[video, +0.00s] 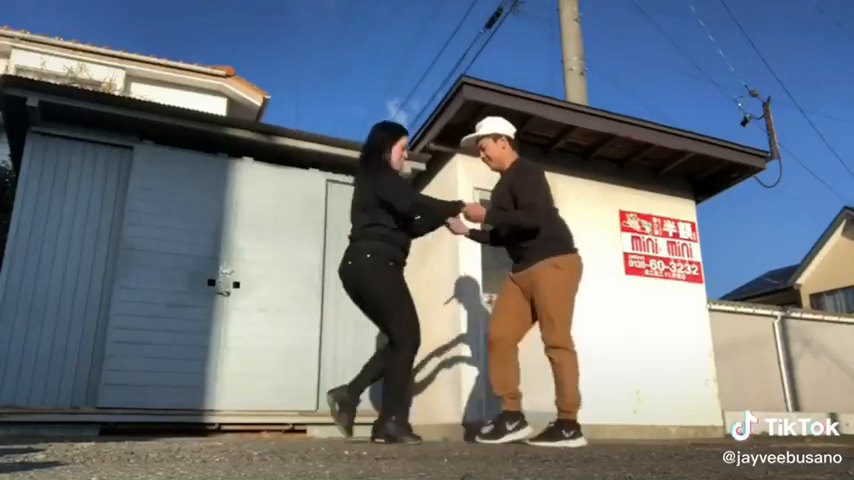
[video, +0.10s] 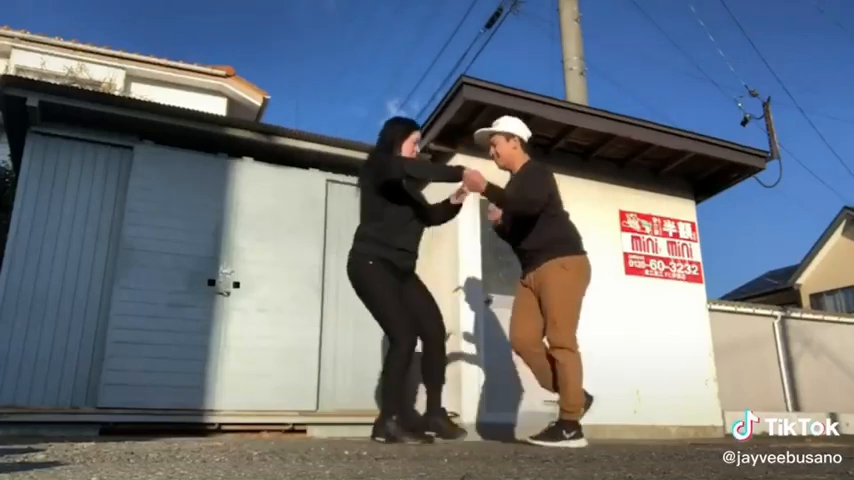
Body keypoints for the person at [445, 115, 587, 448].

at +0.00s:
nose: (482, 156)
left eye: (484, 148)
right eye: (479, 151)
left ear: (503, 141)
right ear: (495, 148)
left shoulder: (526, 171)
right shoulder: (502, 188)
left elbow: (534, 218)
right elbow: (505, 236)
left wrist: (487, 215)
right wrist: (468, 232)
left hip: (554, 265)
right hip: (523, 273)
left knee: (557, 342)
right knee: (500, 337)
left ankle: (568, 423)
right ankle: (512, 416)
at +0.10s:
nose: (491, 152)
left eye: (495, 144)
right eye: (490, 146)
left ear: (515, 141)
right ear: (507, 146)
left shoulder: (535, 172)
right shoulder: (516, 186)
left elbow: (524, 204)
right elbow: (518, 236)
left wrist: (485, 187)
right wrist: (500, 222)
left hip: (561, 265)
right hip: (532, 275)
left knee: (561, 343)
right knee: (523, 341)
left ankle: (570, 423)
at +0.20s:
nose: (503, 144)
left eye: (507, 137)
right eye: (501, 140)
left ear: (526, 137)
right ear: (516, 142)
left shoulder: (543, 168)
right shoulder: (518, 188)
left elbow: (518, 171)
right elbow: (525, 236)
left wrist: (484, 142)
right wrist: (509, 228)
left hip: (567, 265)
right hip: (549, 270)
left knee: (560, 343)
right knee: (551, 347)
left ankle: (569, 425)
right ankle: (617, 399)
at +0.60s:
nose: (513, 138)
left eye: (519, 133)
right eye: (514, 134)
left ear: (537, 139)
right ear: (529, 140)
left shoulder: (543, 159)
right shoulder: (523, 191)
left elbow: (506, 153)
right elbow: (518, 243)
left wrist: (472, 140)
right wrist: (480, 248)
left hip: (565, 262)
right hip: (545, 270)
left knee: (547, 343)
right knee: (531, 346)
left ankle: (545, 423)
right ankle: (601, 396)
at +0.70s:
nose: (510, 140)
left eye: (517, 135)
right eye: (512, 135)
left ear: (535, 140)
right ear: (526, 141)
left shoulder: (545, 162)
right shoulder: (519, 194)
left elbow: (503, 154)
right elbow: (508, 241)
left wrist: (490, 158)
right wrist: (467, 240)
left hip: (559, 264)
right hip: (532, 270)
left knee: (543, 341)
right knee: (504, 331)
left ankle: (548, 420)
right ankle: (554, 388)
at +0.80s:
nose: (509, 138)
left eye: (516, 132)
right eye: (509, 134)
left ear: (534, 136)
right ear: (518, 141)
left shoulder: (545, 164)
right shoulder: (514, 191)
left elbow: (533, 148)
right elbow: (502, 238)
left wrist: (504, 162)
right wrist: (463, 231)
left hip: (551, 265)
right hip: (520, 270)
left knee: (538, 342)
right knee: (490, 326)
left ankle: (545, 423)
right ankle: (518, 403)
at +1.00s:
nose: (512, 149)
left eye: (518, 142)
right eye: (510, 144)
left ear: (536, 144)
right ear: (512, 150)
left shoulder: (559, 174)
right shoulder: (508, 192)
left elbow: (545, 155)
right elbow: (499, 237)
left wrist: (511, 129)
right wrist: (462, 222)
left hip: (546, 269)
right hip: (511, 270)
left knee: (517, 334)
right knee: (495, 338)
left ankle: (540, 416)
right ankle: (511, 417)